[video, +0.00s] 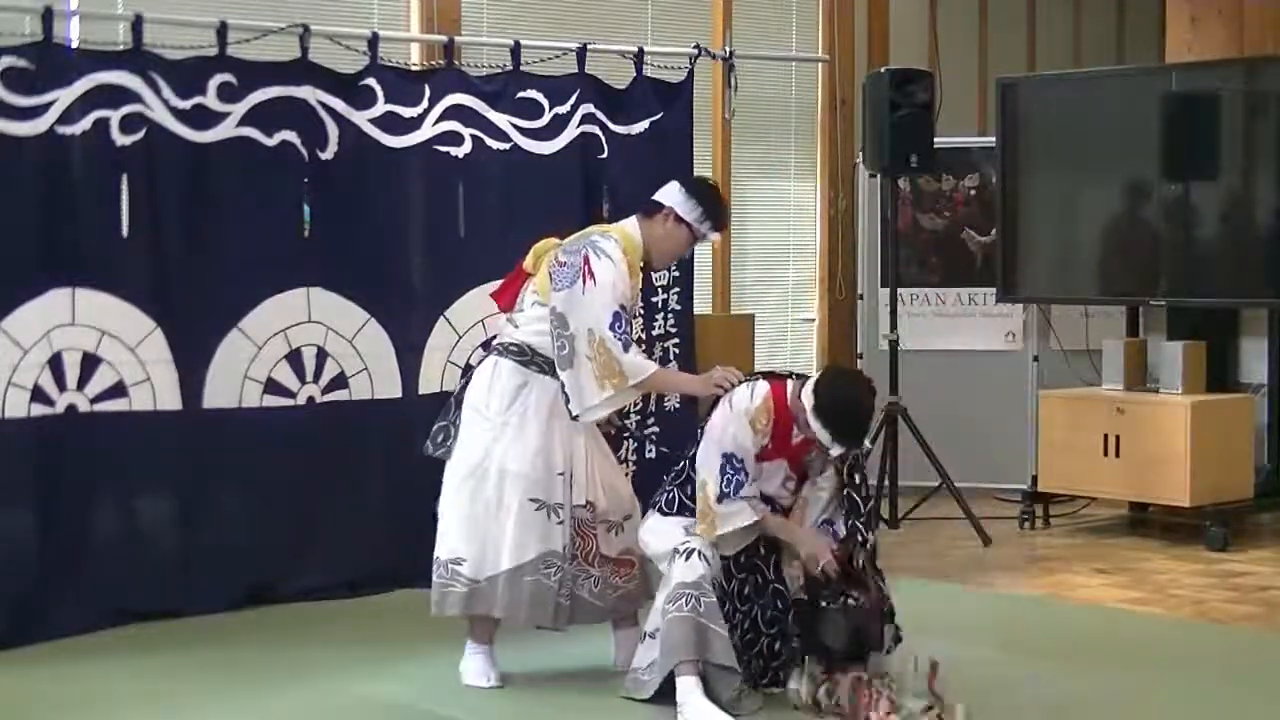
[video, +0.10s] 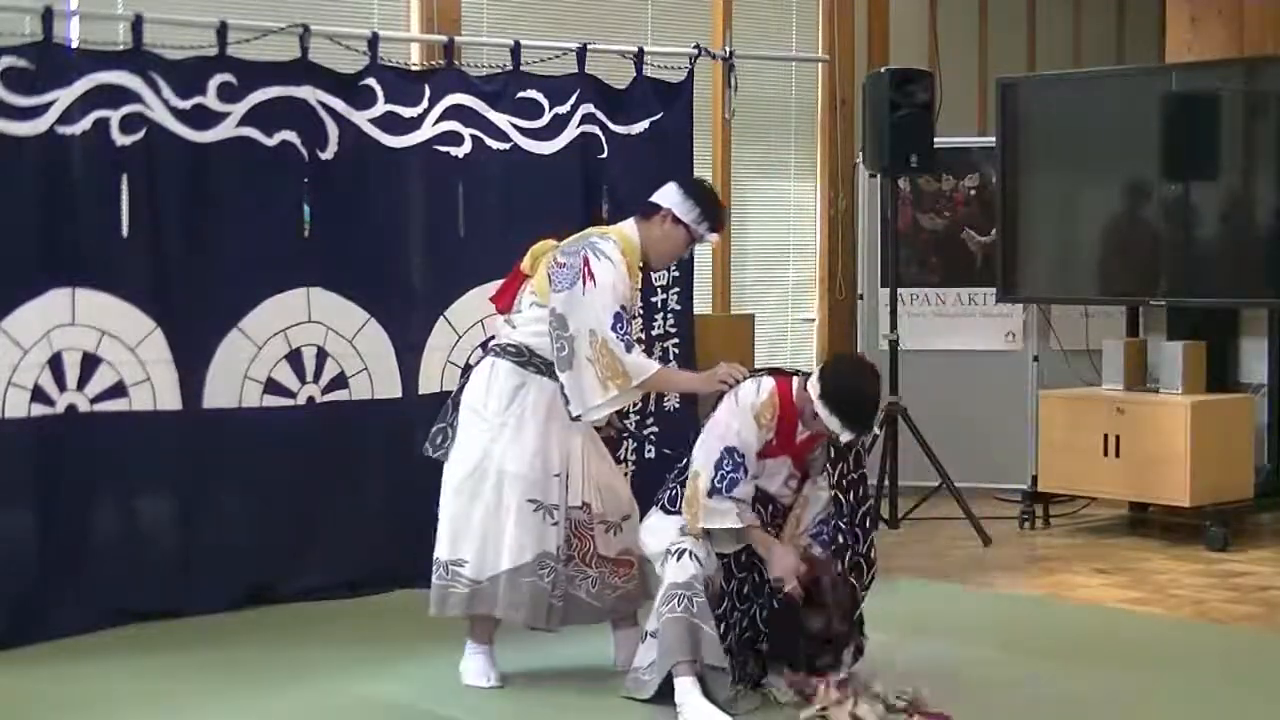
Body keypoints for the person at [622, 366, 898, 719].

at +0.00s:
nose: (826, 449)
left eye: (836, 446)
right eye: (822, 436)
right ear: (806, 403)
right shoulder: (748, 404)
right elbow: (729, 503)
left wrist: (809, 543)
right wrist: (797, 535)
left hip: (756, 526)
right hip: (681, 518)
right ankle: (688, 693)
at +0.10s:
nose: (828, 433)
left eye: (837, 430)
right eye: (826, 423)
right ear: (814, 396)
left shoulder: (829, 435)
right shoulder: (753, 400)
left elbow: (818, 503)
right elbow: (719, 496)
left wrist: (798, 559)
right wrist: (771, 550)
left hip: (754, 522)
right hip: (682, 516)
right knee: (688, 562)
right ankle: (687, 693)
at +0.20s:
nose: (850, 419)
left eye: (855, 410)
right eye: (845, 408)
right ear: (815, 387)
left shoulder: (826, 432)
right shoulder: (753, 399)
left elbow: (815, 506)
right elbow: (715, 478)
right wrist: (732, 553)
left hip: (753, 524)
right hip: (686, 513)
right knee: (686, 565)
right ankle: (687, 691)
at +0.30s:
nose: (853, 388)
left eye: (855, 376)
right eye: (844, 376)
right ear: (811, 365)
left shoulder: (832, 422)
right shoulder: (756, 389)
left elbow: (822, 494)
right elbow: (718, 465)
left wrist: (812, 560)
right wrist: (723, 546)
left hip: (752, 506)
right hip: (692, 499)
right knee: (684, 571)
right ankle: (690, 690)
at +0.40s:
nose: (842, 343)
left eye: (844, 331)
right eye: (831, 333)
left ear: (848, 331)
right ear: (795, 336)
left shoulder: (831, 401)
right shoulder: (747, 383)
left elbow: (828, 480)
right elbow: (713, 458)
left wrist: (813, 543)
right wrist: (730, 532)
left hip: (763, 515)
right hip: (692, 510)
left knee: (809, 574)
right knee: (691, 570)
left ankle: (797, 673)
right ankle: (693, 689)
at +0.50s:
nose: (819, 308)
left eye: (819, 297)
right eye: (807, 299)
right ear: (771, 312)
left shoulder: (824, 371)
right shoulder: (736, 364)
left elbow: (837, 444)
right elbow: (709, 440)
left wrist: (814, 499)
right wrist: (767, 488)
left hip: (792, 512)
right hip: (726, 508)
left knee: (849, 573)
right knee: (705, 562)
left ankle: (799, 671)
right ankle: (695, 681)